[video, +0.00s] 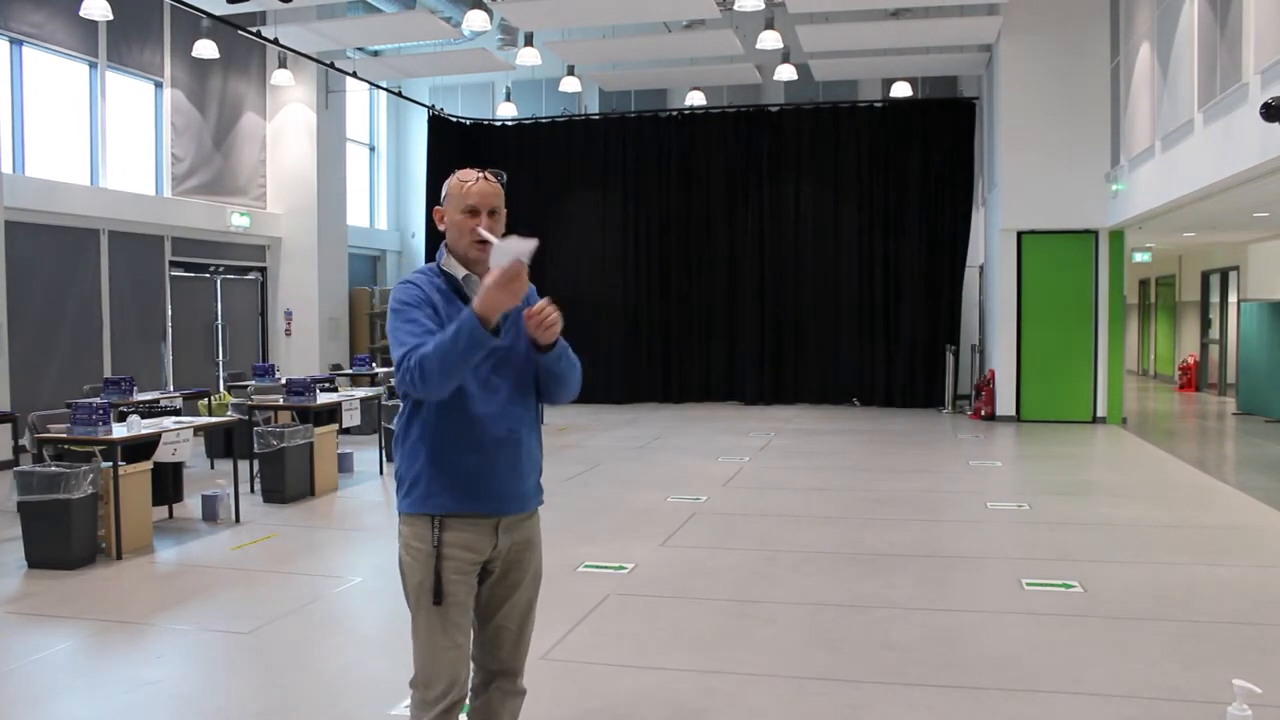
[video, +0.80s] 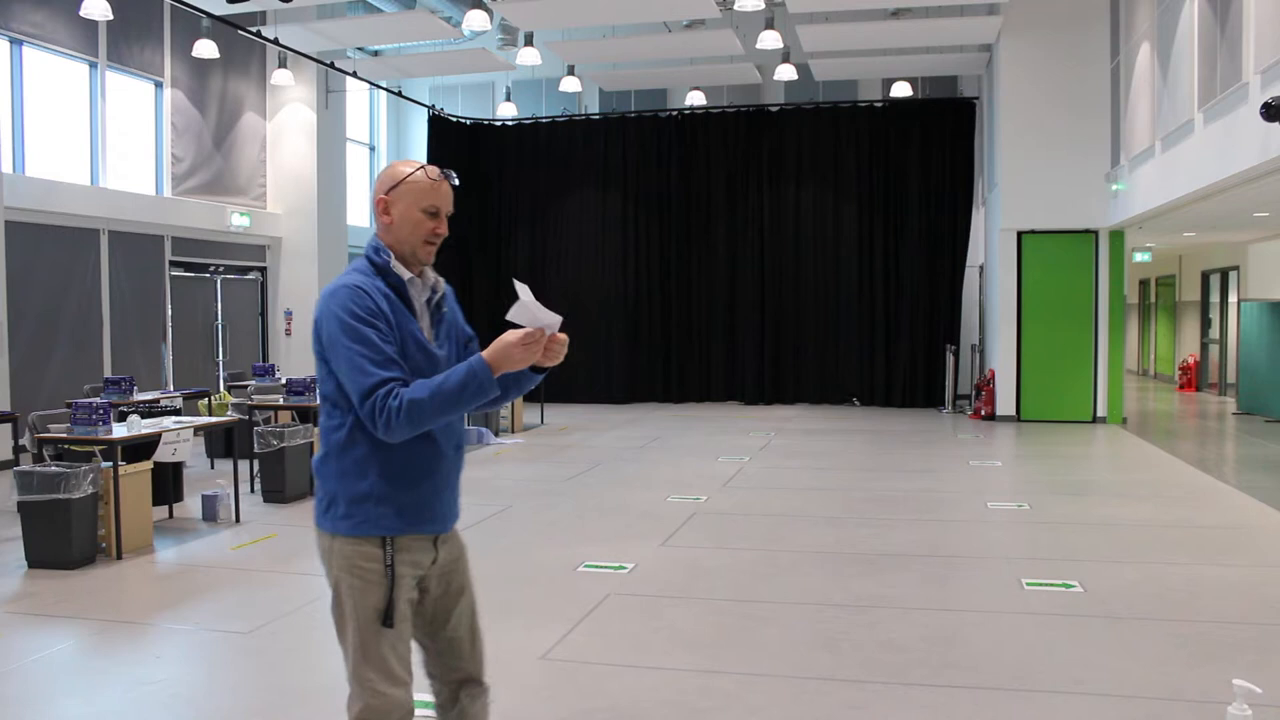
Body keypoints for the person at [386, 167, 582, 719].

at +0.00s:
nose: (484, 226)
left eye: (495, 215)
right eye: (471, 214)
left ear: (505, 222)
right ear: (441, 220)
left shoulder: (519, 290)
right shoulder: (415, 293)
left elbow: (563, 389)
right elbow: (419, 378)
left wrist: (550, 344)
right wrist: (485, 313)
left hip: (517, 514)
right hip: (440, 517)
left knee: (504, 681)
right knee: (442, 686)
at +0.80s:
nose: (442, 228)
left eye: (446, 217)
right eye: (430, 213)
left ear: (448, 220)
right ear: (385, 209)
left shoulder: (437, 295)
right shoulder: (349, 300)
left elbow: (474, 393)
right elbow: (387, 413)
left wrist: (531, 366)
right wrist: (489, 364)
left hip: (436, 527)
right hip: (369, 533)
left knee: (464, 689)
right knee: (383, 701)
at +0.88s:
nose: (438, 230)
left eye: (441, 218)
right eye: (427, 214)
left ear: (439, 219)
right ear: (380, 207)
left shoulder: (423, 293)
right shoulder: (344, 299)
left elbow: (457, 384)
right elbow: (389, 414)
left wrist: (520, 367)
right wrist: (490, 367)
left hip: (423, 526)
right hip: (361, 532)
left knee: (443, 683)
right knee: (377, 699)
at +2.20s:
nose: (333, 214)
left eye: (331, 202)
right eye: (331, 203)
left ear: (265, 211)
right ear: (316, 208)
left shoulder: (227, 286)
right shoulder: (321, 295)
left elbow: (282, 380)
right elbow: (374, 407)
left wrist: (368, 349)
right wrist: (398, 352)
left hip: (234, 523)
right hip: (309, 532)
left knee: (268, 692)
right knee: (341, 694)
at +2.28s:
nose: (333, 216)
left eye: (331, 204)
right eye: (331, 204)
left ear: (264, 210)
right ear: (317, 208)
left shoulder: (226, 286)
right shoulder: (323, 295)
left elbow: (285, 379)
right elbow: (380, 402)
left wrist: (367, 349)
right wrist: (406, 344)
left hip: (235, 524)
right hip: (311, 533)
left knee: (268, 690)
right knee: (341, 693)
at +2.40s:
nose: (333, 215)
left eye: (331, 204)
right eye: (331, 204)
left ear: (263, 210)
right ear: (317, 207)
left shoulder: (225, 287)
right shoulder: (324, 294)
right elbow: (404, 378)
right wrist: (417, 310)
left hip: (234, 525)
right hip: (312, 533)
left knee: (264, 691)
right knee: (341, 692)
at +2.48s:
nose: (333, 215)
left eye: (331, 204)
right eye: (330, 204)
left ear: (262, 211)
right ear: (313, 209)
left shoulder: (223, 286)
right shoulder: (325, 294)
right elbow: (416, 357)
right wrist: (424, 286)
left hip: (233, 523)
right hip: (312, 531)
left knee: (263, 690)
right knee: (342, 691)